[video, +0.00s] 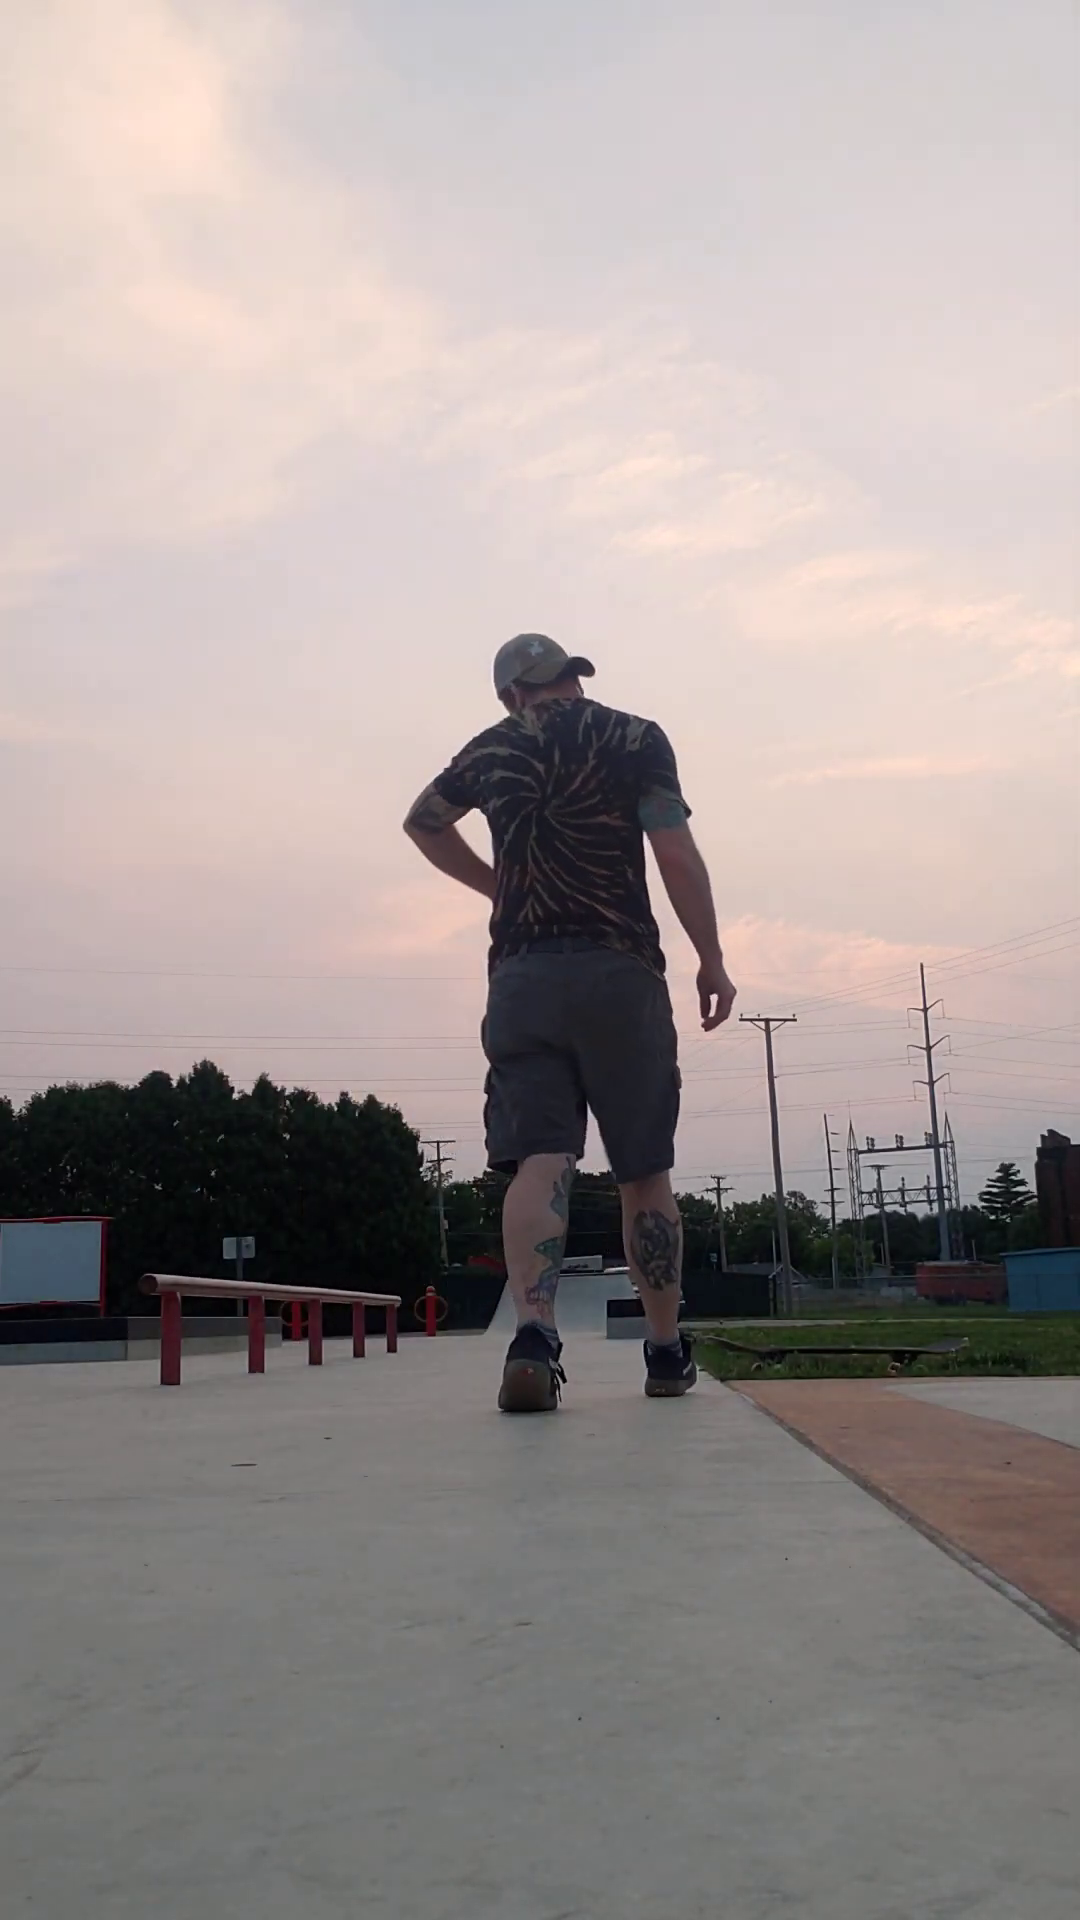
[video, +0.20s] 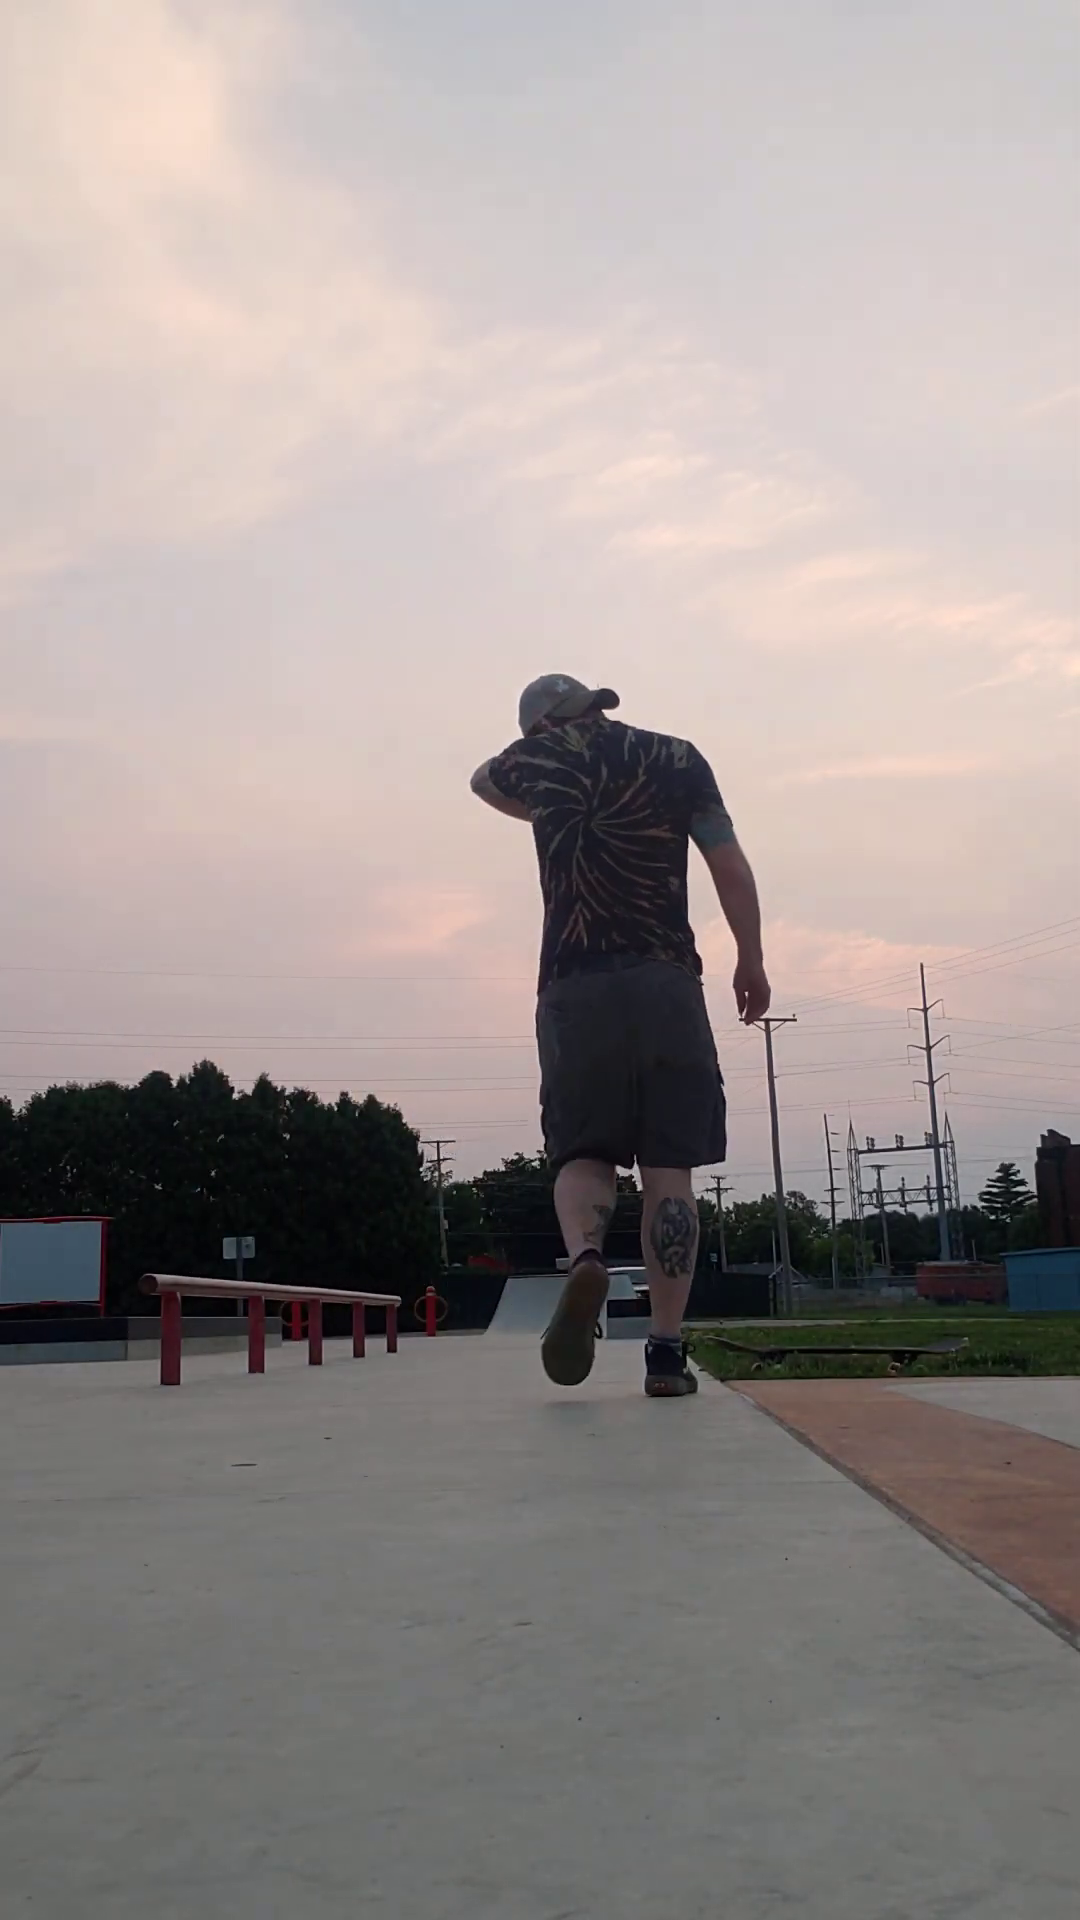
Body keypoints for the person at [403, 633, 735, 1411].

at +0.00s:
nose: (576, 688)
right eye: (574, 676)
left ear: (512, 694)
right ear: (574, 677)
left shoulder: (490, 748)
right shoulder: (632, 733)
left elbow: (423, 821)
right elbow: (675, 854)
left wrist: (492, 882)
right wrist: (710, 955)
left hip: (522, 975)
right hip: (619, 973)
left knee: (538, 1157)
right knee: (644, 1168)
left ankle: (532, 1340)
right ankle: (665, 1351)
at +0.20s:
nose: (534, 743)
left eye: (531, 736)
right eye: (536, 735)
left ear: (542, 725)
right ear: (594, 706)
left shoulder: (537, 762)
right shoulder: (677, 757)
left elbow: (483, 781)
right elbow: (729, 865)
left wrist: (554, 790)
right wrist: (751, 960)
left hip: (575, 987)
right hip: (666, 983)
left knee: (583, 1147)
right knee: (668, 1163)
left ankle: (584, 1258)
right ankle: (665, 1353)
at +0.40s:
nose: (561, 764)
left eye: (558, 757)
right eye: (561, 757)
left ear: (571, 746)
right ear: (619, 730)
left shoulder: (567, 775)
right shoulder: (693, 777)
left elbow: (515, 792)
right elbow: (751, 878)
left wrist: (572, 762)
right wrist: (756, 967)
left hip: (598, 999)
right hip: (684, 994)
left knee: (620, 1169)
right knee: (676, 1170)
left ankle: (641, 1333)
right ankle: (667, 1346)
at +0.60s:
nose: (584, 792)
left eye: (581, 784)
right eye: (589, 781)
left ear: (584, 782)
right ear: (631, 767)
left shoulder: (575, 813)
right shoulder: (695, 808)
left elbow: (533, 843)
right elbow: (749, 913)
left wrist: (585, 805)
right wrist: (751, 990)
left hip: (612, 1022)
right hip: (696, 1012)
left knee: (647, 1191)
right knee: (696, 1179)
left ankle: (686, 1343)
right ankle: (673, 1329)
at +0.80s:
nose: (614, 820)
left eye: (607, 813)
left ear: (601, 814)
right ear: (655, 804)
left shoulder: (581, 847)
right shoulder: (705, 839)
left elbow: (538, 953)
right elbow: (741, 944)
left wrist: (583, 978)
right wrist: (743, 1027)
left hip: (615, 1038)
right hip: (696, 1029)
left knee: (654, 1194)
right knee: (722, 1172)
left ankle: (692, 1344)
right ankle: (739, 1277)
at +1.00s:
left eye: (605, 860)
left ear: (606, 857)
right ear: (654, 852)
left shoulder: (587, 880)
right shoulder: (701, 878)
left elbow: (569, 956)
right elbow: (746, 980)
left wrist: (577, 1045)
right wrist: (734, 1057)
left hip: (632, 1039)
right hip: (711, 1037)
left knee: (655, 1198)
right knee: (715, 1189)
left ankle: (694, 1347)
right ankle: (739, 1337)